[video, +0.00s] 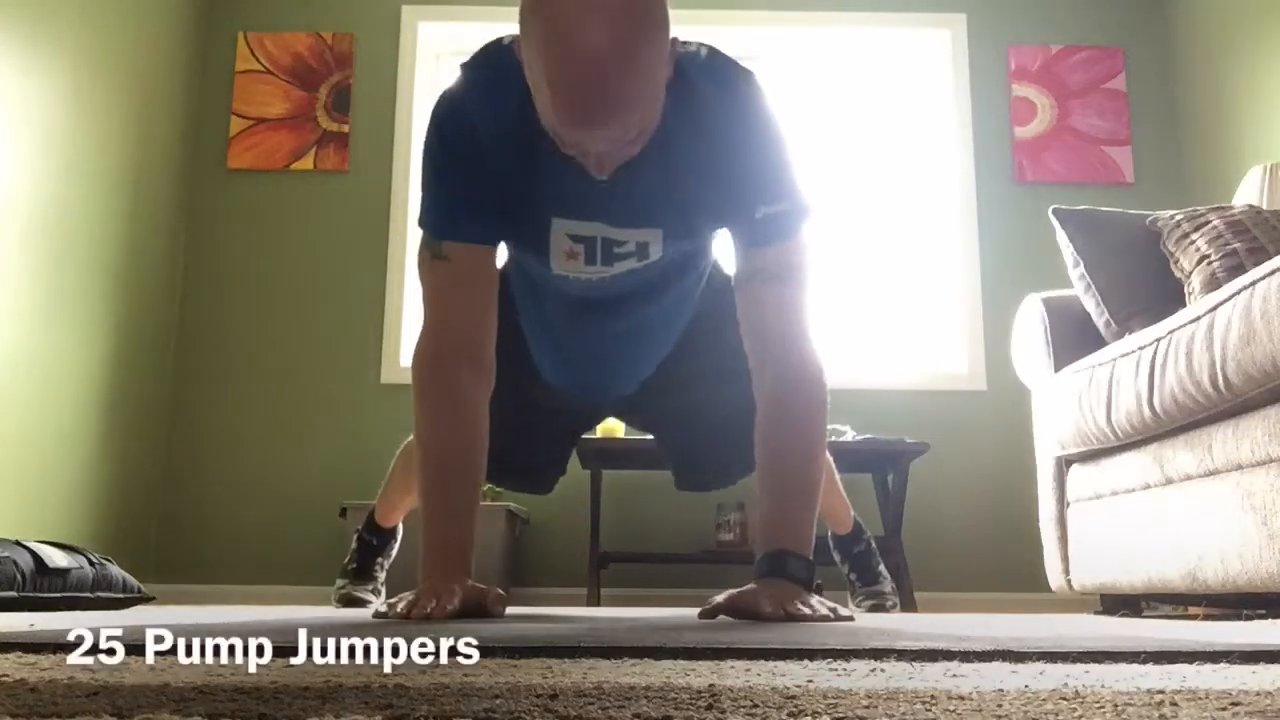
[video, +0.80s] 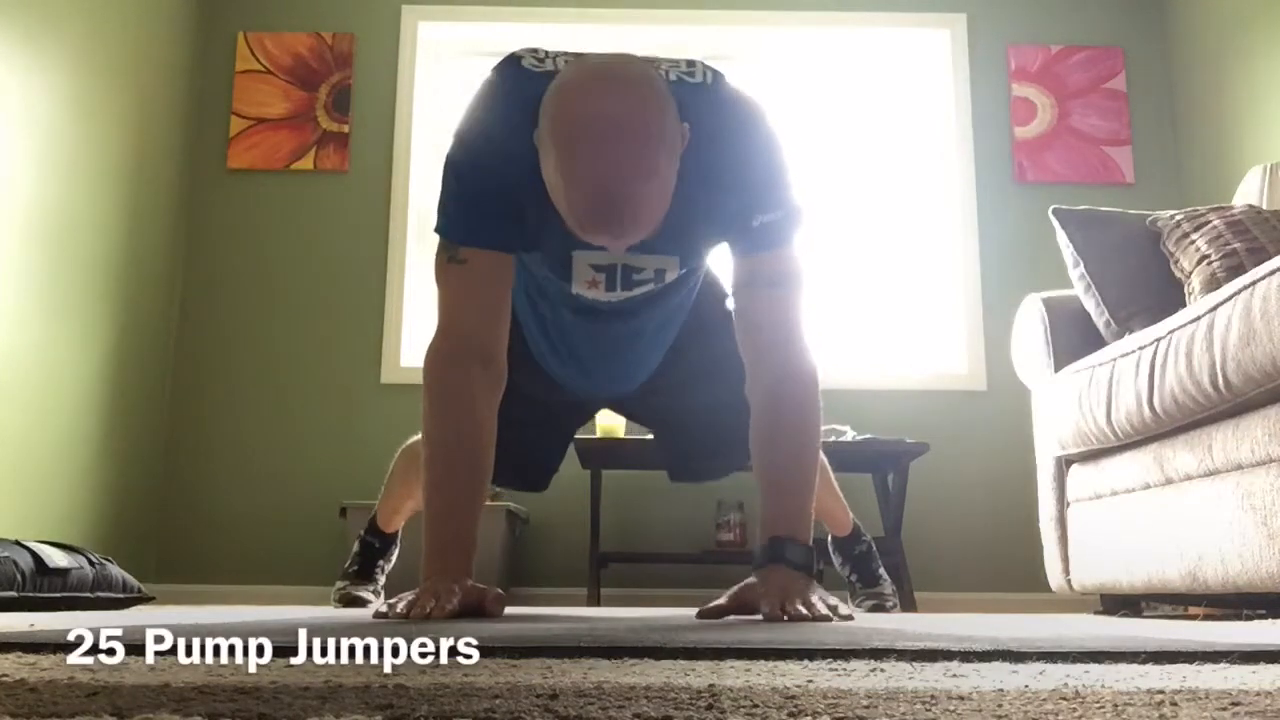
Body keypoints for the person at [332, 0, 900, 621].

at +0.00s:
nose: (600, 166)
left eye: (626, 142)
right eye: (574, 145)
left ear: (668, 65)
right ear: (526, 71)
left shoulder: (726, 103)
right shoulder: (475, 115)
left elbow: (784, 353)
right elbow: (453, 356)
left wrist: (785, 573)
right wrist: (444, 582)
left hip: (681, 315)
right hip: (536, 317)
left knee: (788, 431)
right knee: (444, 442)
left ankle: (854, 547)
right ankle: (375, 533)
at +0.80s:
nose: (612, 241)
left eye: (634, 228)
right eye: (590, 229)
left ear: (679, 147)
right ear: (544, 153)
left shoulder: (739, 139)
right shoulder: (497, 126)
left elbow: (781, 361)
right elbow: (464, 356)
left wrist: (787, 560)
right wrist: (448, 576)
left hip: (676, 318)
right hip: (535, 320)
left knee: (780, 431)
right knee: (450, 450)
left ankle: (854, 548)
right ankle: (377, 531)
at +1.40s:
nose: (605, 195)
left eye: (633, 159)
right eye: (579, 159)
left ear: (676, 105)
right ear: (539, 102)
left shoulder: (735, 125)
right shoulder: (483, 133)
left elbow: (776, 360)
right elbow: (461, 356)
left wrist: (779, 574)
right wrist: (445, 580)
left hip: (690, 339)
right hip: (540, 336)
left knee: (787, 453)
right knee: (445, 449)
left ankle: (855, 551)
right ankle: (384, 547)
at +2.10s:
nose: (609, 115)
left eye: (643, 73)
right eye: (579, 71)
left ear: (684, 66)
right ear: (544, 65)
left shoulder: (732, 120)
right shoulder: (494, 119)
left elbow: (779, 358)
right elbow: (459, 353)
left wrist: (783, 575)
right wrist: (445, 582)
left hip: (686, 355)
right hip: (532, 354)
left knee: (787, 457)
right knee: (445, 455)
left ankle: (858, 556)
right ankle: (378, 545)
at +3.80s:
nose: (626, 160)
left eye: (645, 134)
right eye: (602, 134)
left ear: (693, 54)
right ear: (561, 57)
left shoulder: (748, 108)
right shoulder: (494, 115)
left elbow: (783, 360)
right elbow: (462, 353)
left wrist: (784, 576)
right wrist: (446, 582)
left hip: (694, 330)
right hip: (544, 329)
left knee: (794, 454)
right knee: (449, 452)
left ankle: (859, 545)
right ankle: (385, 545)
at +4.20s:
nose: (623, 238)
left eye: (644, 225)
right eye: (600, 225)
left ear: (694, 139)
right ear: (552, 142)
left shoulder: (743, 122)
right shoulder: (496, 126)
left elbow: (782, 366)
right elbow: (463, 356)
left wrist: (779, 572)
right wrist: (448, 578)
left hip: (692, 329)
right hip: (539, 327)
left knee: (786, 438)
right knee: (455, 423)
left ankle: (858, 542)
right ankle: (387, 533)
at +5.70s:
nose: (622, 194)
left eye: (655, 155)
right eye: (590, 153)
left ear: (696, 123)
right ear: (553, 115)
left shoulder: (754, 168)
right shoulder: (486, 172)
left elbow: (791, 377)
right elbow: (450, 377)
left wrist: (782, 576)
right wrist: (445, 584)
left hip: (701, 379)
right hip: (534, 379)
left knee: (793, 450)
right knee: (442, 447)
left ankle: (861, 549)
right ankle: (379, 552)